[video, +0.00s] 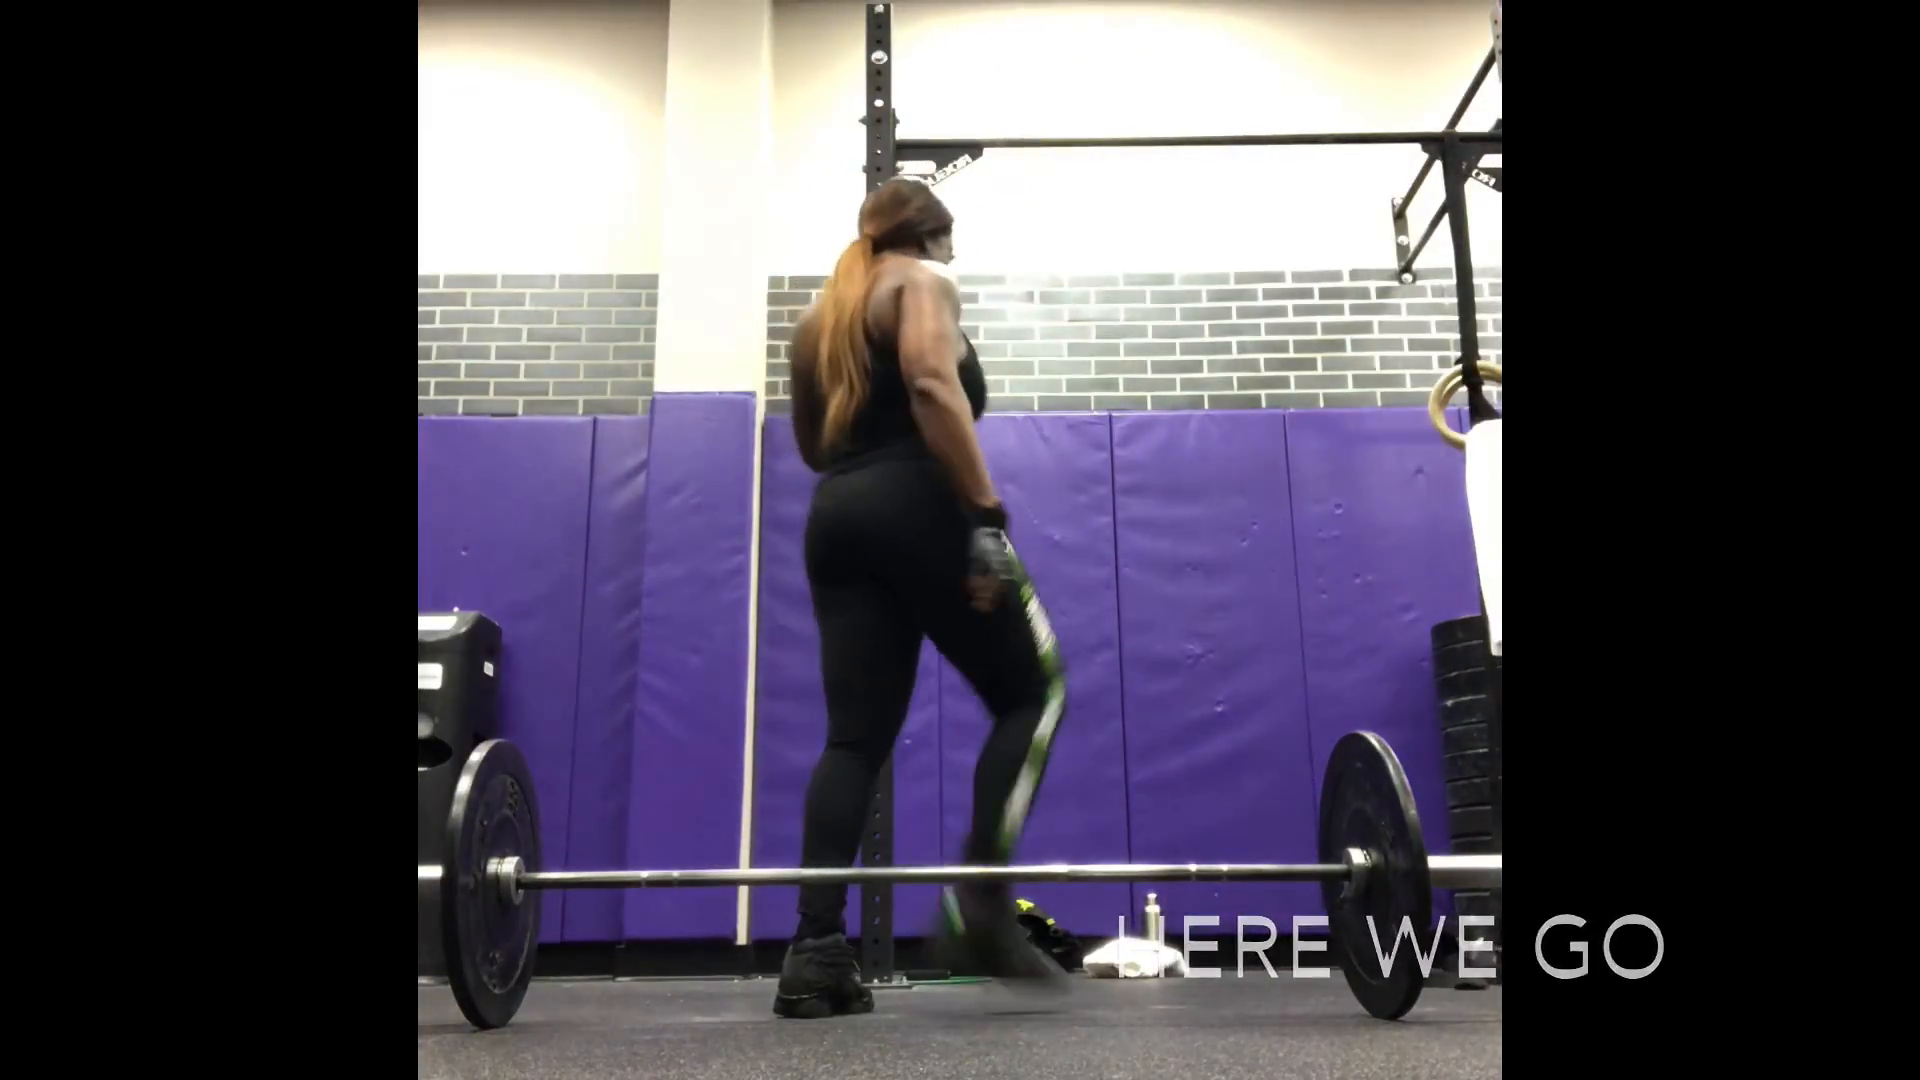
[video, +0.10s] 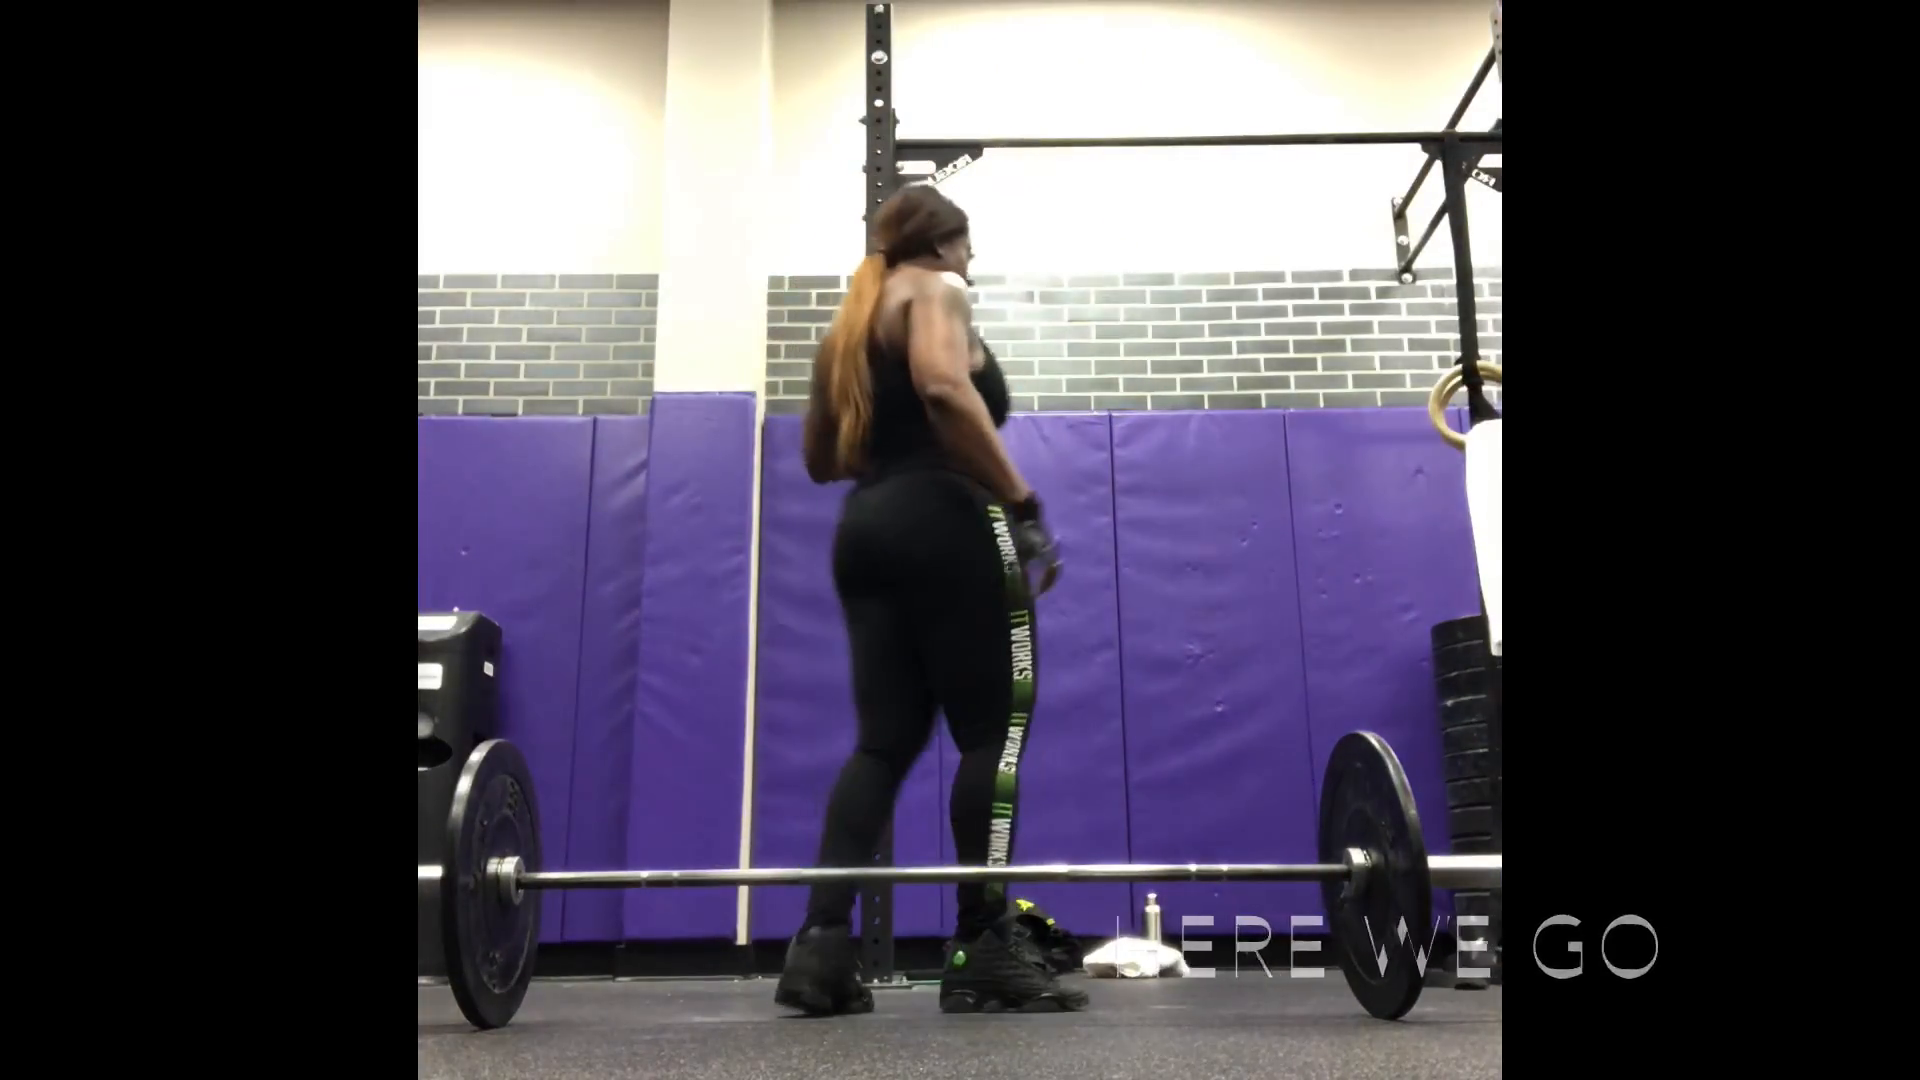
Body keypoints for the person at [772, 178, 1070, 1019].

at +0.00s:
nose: (950, 255)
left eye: (946, 242)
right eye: (946, 242)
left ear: (875, 240)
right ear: (926, 239)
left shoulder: (827, 310)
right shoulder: (920, 281)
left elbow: (815, 440)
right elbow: (929, 379)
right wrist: (988, 518)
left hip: (838, 516)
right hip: (922, 509)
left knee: (855, 738)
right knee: (1031, 691)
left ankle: (817, 949)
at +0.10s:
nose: (969, 258)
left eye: (966, 245)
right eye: (963, 245)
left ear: (894, 247)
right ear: (940, 243)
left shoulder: (855, 316)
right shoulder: (937, 288)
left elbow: (821, 456)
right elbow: (941, 382)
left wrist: (925, 438)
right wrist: (1023, 503)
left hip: (870, 528)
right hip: (951, 520)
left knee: (885, 738)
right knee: (994, 733)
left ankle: (821, 943)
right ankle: (987, 945)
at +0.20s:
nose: (991, 260)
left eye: (989, 246)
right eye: (985, 246)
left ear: (913, 247)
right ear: (958, 244)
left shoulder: (878, 316)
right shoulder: (950, 284)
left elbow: (826, 447)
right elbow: (935, 356)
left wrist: (919, 473)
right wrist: (1034, 455)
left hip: (892, 524)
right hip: (966, 517)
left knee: (929, 743)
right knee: (995, 732)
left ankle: (837, 912)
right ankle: (990, 946)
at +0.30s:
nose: (1013, 264)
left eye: (1012, 250)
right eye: (1005, 249)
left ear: (934, 251)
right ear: (974, 246)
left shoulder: (898, 317)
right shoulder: (966, 281)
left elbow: (829, 432)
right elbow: (920, 320)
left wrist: (904, 492)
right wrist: (1008, 401)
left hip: (912, 522)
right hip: (971, 514)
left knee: (968, 734)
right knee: (994, 728)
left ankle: (868, 894)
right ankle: (986, 942)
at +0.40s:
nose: (1030, 269)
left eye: (1028, 255)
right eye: (1020, 254)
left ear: (963, 260)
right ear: (982, 254)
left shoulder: (929, 324)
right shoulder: (969, 290)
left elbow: (841, 417)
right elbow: (887, 304)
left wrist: (903, 485)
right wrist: (959, 397)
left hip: (931, 525)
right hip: (977, 517)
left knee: (1016, 728)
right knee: (999, 730)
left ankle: (916, 916)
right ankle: (987, 942)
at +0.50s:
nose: (1041, 281)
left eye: (1038, 266)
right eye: (1031, 265)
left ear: (990, 270)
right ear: (992, 265)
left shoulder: (954, 330)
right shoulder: (963, 301)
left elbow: (866, 423)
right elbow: (866, 323)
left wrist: (935, 484)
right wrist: (946, 420)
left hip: (952, 531)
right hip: (978, 528)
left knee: (993, 733)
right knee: (1007, 728)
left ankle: (986, 938)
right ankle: (983, 942)